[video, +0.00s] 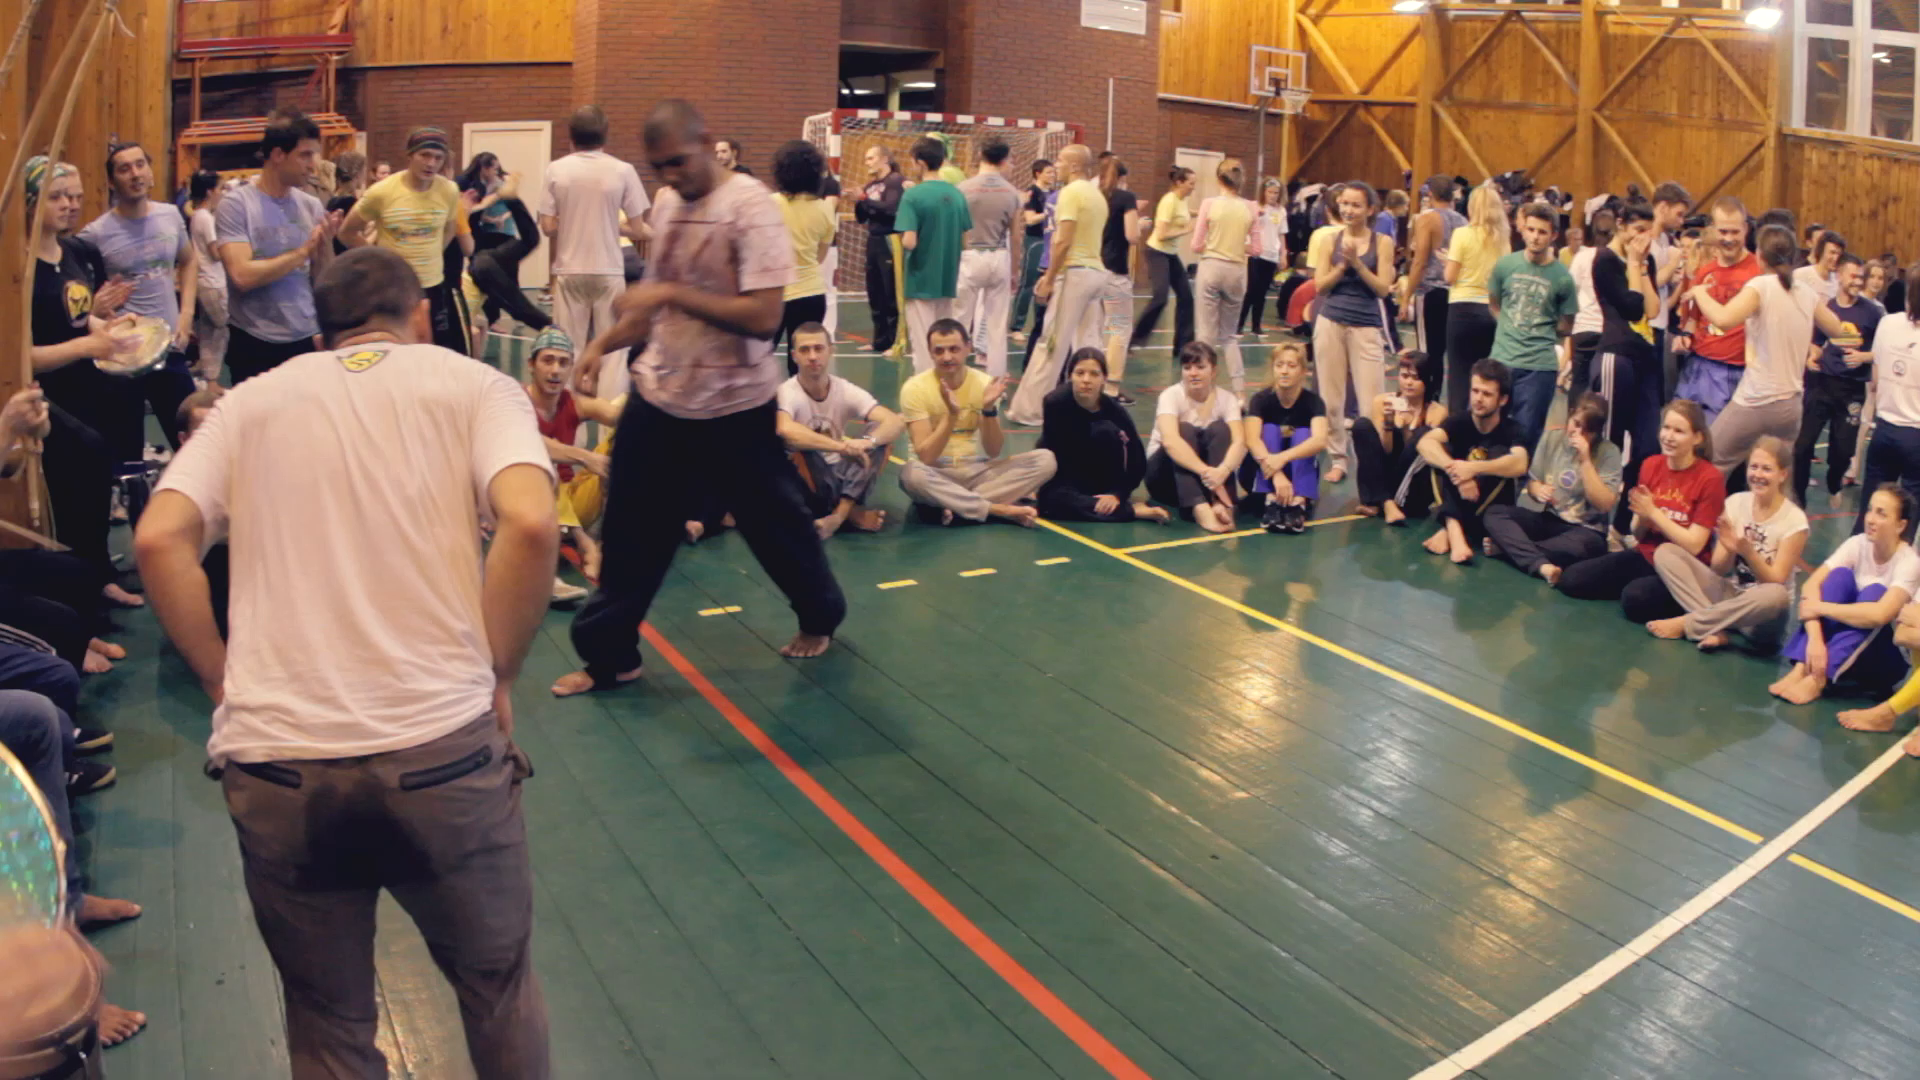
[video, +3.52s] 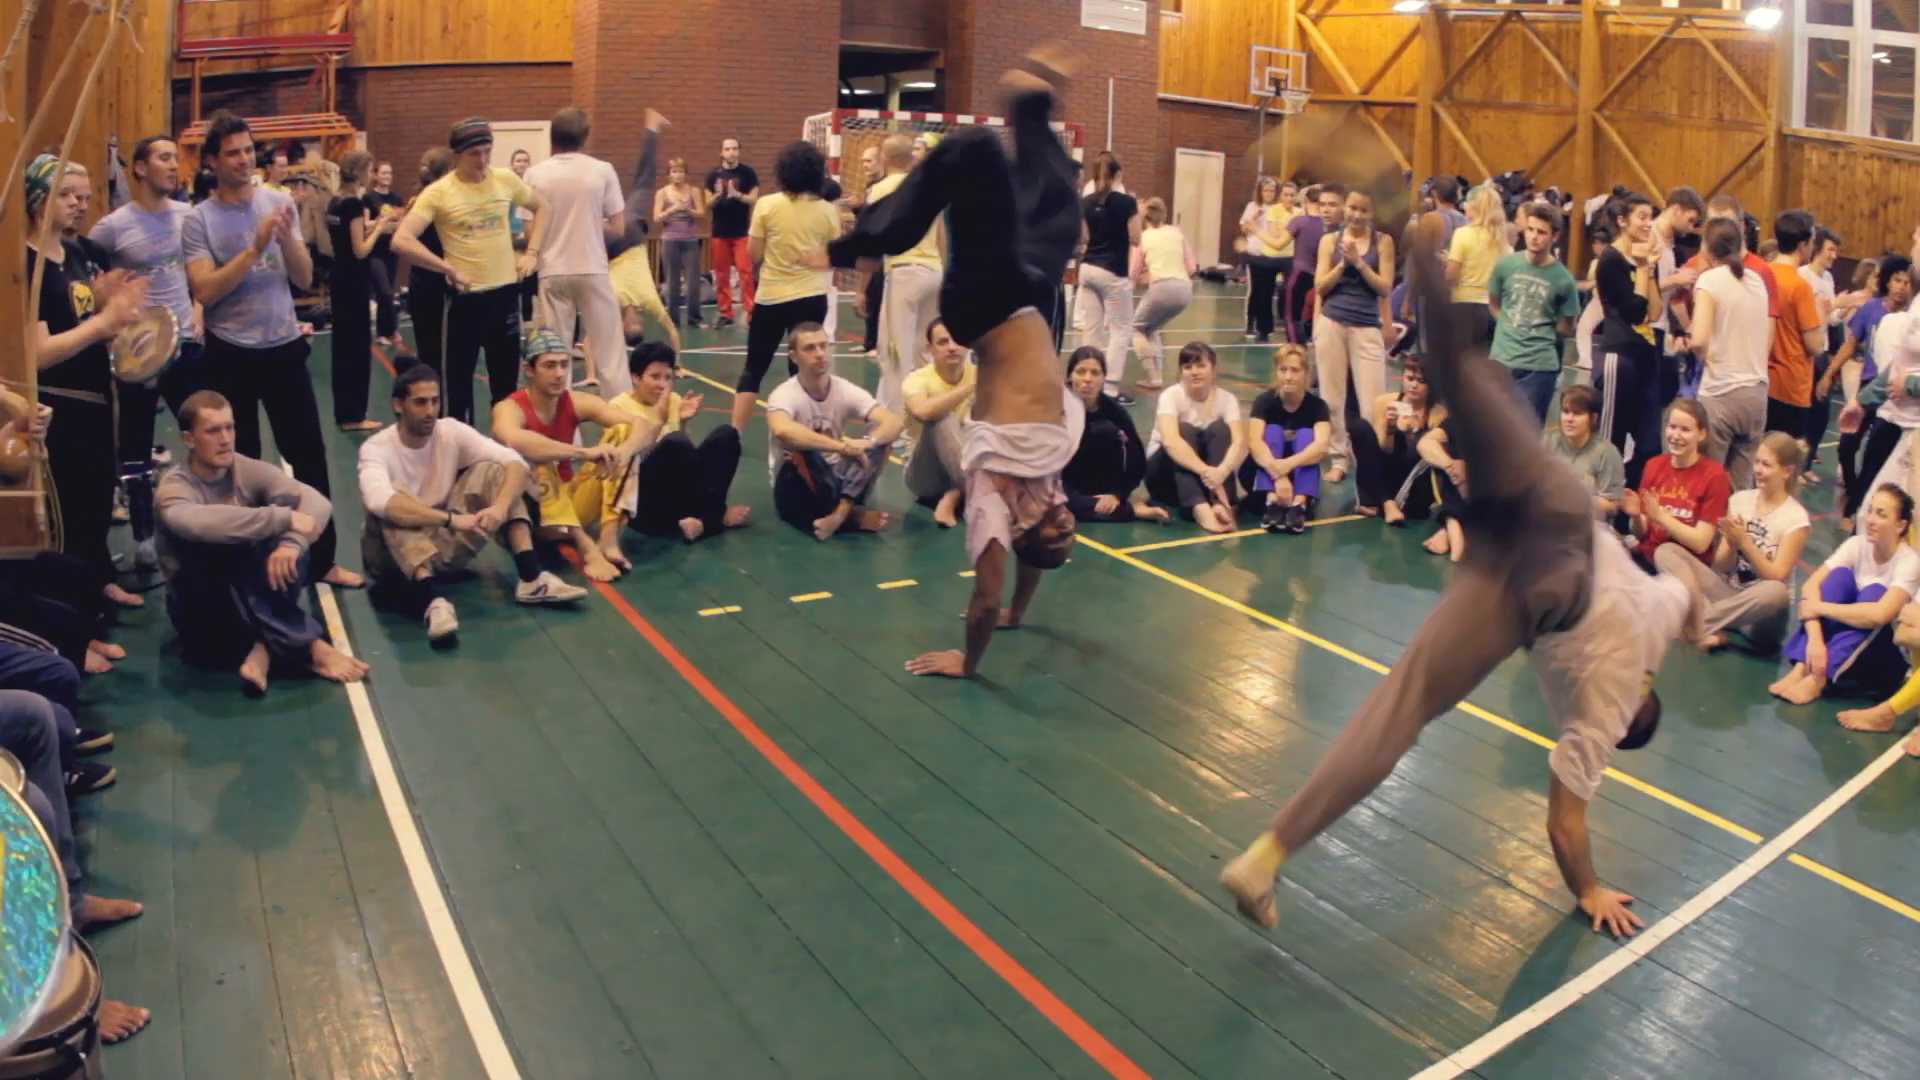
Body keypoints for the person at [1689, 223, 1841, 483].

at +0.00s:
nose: (1755, 255)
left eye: (1756, 250)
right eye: (1757, 250)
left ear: (1760, 256)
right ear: (1792, 256)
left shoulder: (1760, 287)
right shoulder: (1805, 292)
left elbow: (1724, 319)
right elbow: (1835, 329)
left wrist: (1698, 292)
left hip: (1754, 402)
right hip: (1791, 403)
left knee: (1707, 466)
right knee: (1782, 482)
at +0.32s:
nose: (1737, 248)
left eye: (1740, 244)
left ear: (1745, 254)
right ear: (1778, 255)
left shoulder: (1740, 282)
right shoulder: (1791, 293)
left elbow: (1693, 289)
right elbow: (1829, 337)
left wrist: (1700, 249)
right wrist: (1835, 337)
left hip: (1728, 398)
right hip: (1766, 399)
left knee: (1710, 479)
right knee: (1754, 485)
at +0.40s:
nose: (1736, 248)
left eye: (1737, 244)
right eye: (1736, 244)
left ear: (1742, 251)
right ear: (1772, 253)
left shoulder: (1737, 278)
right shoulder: (1787, 293)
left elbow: (1690, 281)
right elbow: (1823, 340)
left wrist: (1714, 247)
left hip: (1724, 395)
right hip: (1762, 398)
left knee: (1705, 475)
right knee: (1747, 481)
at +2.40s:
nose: (1709, 252)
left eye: (1710, 248)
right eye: (1711, 248)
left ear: (1716, 250)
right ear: (1746, 249)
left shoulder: (1719, 277)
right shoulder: (1768, 286)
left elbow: (1678, 308)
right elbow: (1779, 351)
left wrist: (1684, 258)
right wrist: (1766, 398)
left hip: (1718, 392)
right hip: (1755, 393)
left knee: (1705, 477)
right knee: (1737, 479)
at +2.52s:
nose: (1706, 252)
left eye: (1708, 246)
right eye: (1707, 246)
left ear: (1714, 249)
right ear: (1743, 248)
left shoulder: (1717, 279)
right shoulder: (1764, 283)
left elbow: (1691, 330)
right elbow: (1772, 343)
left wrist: (1679, 297)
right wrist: (1761, 383)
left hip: (1719, 391)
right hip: (1755, 391)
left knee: (1706, 476)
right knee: (1738, 476)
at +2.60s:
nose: (1705, 252)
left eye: (1707, 246)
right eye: (1707, 246)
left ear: (1714, 250)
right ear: (1743, 248)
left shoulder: (1714, 279)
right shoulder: (1764, 284)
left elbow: (1701, 337)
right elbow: (1773, 344)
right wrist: (1758, 377)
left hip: (1718, 390)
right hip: (1755, 391)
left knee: (1706, 476)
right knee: (1738, 476)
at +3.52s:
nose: (1700, 251)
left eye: (1702, 245)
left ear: (1707, 249)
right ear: (1740, 248)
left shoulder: (1708, 280)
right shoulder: (1757, 281)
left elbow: (1699, 340)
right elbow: (1767, 338)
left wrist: (1687, 345)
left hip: (1719, 390)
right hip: (1756, 389)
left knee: (1708, 480)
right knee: (1744, 482)